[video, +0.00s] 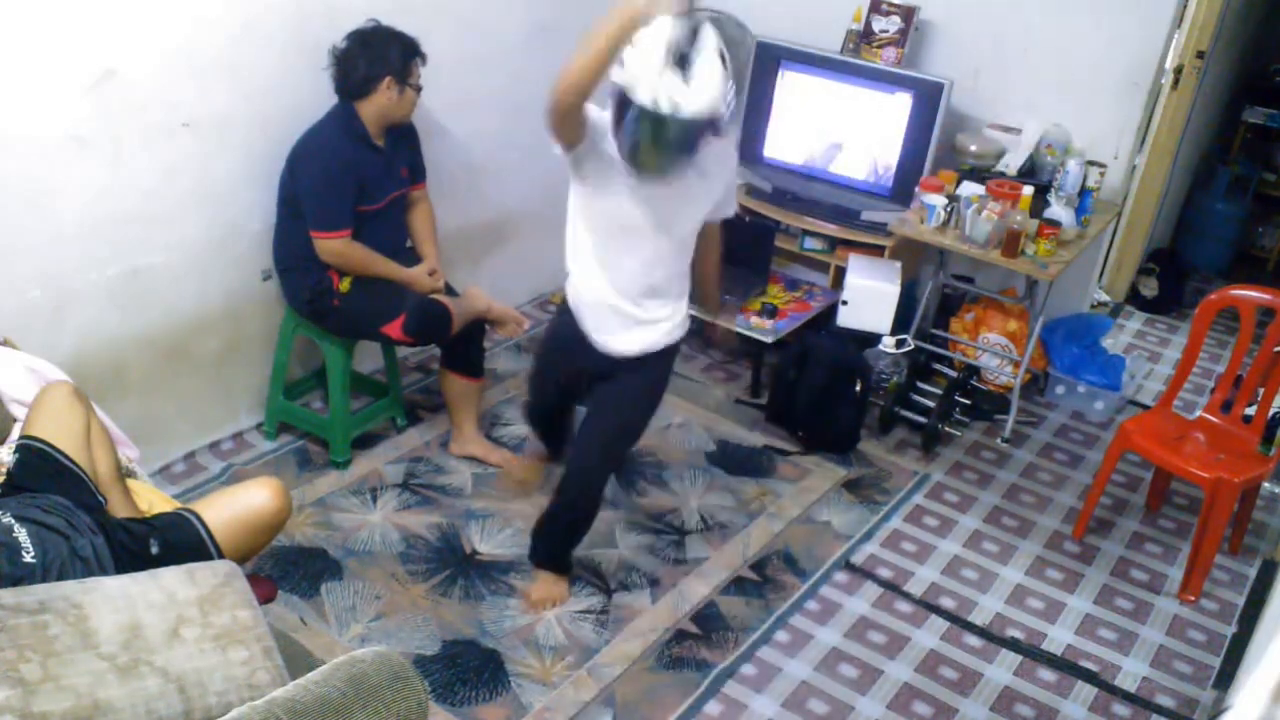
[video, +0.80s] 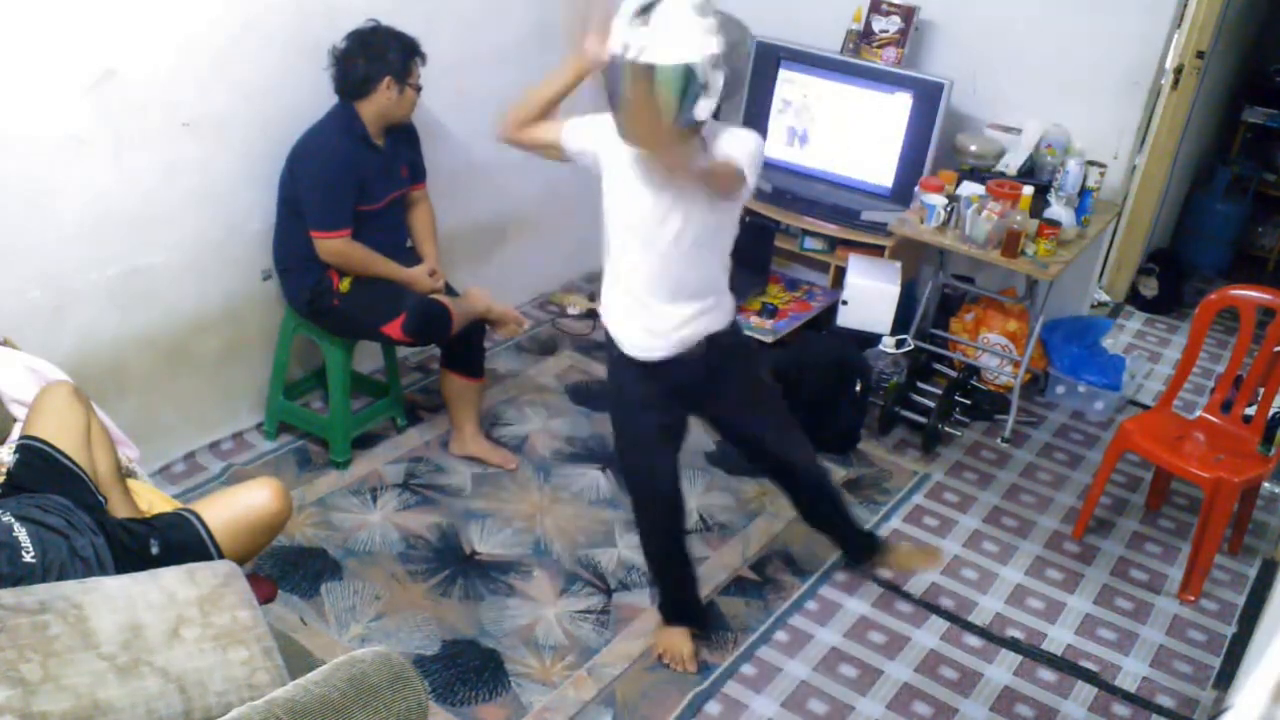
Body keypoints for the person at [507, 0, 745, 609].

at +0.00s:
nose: (661, 142)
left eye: (680, 130)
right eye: (652, 124)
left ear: (705, 122)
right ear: (627, 105)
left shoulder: (715, 159)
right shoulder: (594, 140)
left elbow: (710, 240)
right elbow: (565, 101)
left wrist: (711, 309)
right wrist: (626, 18)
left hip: (648, 345)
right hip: (580, 323)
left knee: (589, 468)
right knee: (543, 404)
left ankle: (552, 560)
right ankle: (553, 450)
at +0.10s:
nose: (644, 94)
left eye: (657, 85)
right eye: (634, 81)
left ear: (688, 66)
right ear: (620, 57)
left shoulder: (730, 118)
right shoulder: (597, 77)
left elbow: (733, 225)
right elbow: (551, 151)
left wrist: (722, 323)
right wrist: (548, 205)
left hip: (664, 299)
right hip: (591, 269)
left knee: (608, 437)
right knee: (524, 376)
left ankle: (563, 557)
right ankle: (484, 455)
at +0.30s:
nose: (636, 88)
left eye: (649, 70)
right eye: (622, 75)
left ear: (687, 48)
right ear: (608, 62)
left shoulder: (738, 105)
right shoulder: (619, 104)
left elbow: (777, 54)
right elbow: (577, 207)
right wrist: (507, 283)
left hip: (665, 313)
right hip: (591, 285)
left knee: (629, 445)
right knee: (508, 415)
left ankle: (586, 540)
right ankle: (434, 531)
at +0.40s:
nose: (620, 116)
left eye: (635, 100)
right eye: (609, 99)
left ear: (680, 79)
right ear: (597, 81)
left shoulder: (732, 124)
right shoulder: (629, 138)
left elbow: (753, 31)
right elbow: (603, 185)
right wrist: (534, 210)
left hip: (675, 330)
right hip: (600, 307)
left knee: (635, 461)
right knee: (527, 437)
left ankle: (586, 541)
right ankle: (464, 562)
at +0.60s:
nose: (627, 69)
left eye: (634, 55)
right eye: (621, 60)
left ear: (667, 43)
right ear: (625, 56)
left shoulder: (727, 79)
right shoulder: (627, 94)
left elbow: (734, 5)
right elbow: (582, 45)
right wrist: (568, 23)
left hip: (706, 297)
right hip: (632, 292)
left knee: (694, 429)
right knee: (628, 441)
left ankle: (686, 517)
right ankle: (634, 585)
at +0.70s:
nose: (663, 68)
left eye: (678, 58)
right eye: (655, 57)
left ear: (704, 60)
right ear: (640, 63)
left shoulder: (733, 117)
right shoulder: (624, 117)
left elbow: (686, 51)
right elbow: (565, 119)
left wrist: (672, 11)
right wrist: (582, 34)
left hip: (715, 326)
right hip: (639, 334)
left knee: (754, 448)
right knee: (655, 487)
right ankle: (678, 612)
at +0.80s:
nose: (647, 94)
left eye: (665, 79)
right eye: (640, 80)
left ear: (700, 82)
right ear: (625, 78)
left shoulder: (737, 143)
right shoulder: (610, 137)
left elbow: (718, 180)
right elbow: (516, 130)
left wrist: (656, 134)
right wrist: (583, 64)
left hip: (716, 346)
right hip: (637, 359)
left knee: (795, 460)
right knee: (653, 501)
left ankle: (864, 549)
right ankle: (678, 615)